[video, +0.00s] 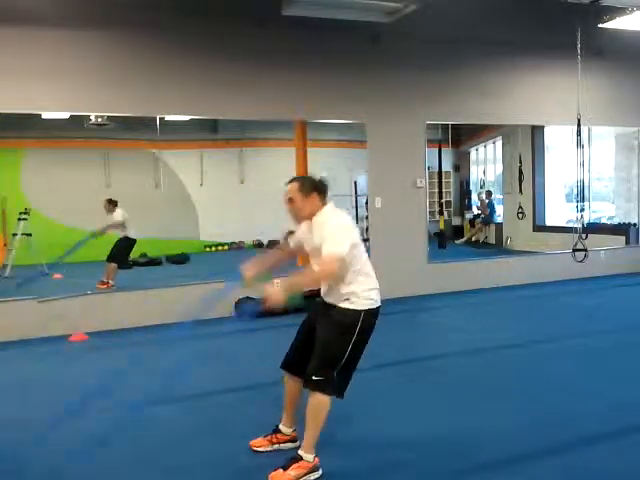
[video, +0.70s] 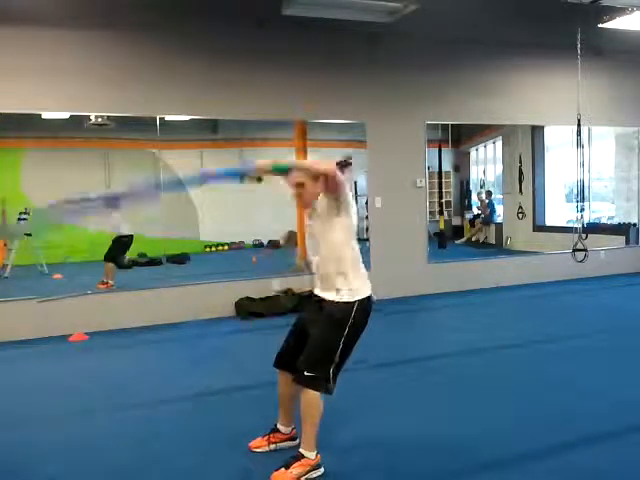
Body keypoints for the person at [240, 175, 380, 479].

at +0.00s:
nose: (289, 207)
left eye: (292, 200)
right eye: (288, 201)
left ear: (313, 198)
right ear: (310, 200)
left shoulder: (335, 222)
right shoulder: (309, 224)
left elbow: (330, 269)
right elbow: (286, 250)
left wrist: (285, 286)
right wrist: (256, 266)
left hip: (356, 305)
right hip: (328, 300)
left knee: (321, 380)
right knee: (294, 366)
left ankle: (308, 458)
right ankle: (287, 430)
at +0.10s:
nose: (304, 189)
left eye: (308, 181)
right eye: (301, 182)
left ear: (325, 178)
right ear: (303, 183)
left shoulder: (343, 197)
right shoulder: (316, 205)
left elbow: (326, 182)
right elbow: (291, 189)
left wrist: (286, 185)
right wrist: (259, 199)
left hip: (357, 297)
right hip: (330, 292)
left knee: (329, 377)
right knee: (301, 365)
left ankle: (314, 456)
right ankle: (287, 429)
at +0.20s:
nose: (283, 208)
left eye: (287, 201)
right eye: (280, 202)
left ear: (308, 196)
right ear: (287, 201)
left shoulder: (328, 214)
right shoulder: (303, 221)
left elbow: (335, 192)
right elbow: (294, 187)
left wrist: (325, 180)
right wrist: (279, 168)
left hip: (355, 298)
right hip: (327, 295)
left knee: (323, 375)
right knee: (295, 364)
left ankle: (313, 454)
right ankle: (289, 428)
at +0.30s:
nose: (268, 231)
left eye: (270, 224)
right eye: (266, 225)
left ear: (285, 221)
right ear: (279, 222)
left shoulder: (309, 239)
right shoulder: (294, 239)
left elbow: (326, 268)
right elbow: (265, 239)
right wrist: (254, 234)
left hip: (356, 309)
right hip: (326, 306)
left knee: (314, 378)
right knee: (289, 367)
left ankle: (308, 456)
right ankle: (284, 431)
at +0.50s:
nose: (267, 231)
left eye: (270, 226)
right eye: (267, 225)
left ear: (290, 226)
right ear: (286, 227)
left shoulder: (316, 253)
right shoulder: (293, 250)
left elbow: (331, 307)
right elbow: (297, 288)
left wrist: (305, 347)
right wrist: (279, 317)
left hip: (357, 312)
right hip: (328, 310)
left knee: (313, 380)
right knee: (290, 367)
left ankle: (307, 458)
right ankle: (285, 432)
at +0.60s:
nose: (295, 199)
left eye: (300, 193)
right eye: (294, 193)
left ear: (322, 191)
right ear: (317, 193)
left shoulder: (337, 213)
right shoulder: (318, 216)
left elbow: (312, 241)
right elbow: (294, 235)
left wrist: (270, 246)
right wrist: (267, 238)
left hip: (351, 305)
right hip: (325, 299)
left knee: (311, 379)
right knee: (287, 367)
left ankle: (308, 458)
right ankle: (285, 430)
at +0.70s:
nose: (296, 194)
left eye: (301, 186)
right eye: (293, 187)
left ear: (318, 183)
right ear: (295, 190)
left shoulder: (337, 204)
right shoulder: (312, 210)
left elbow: (332, 172)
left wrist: (282, 165)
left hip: (350, 300)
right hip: (323, 296)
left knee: (310, 378)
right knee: (286, 366)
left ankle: (310, 457)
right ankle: (285, 429)